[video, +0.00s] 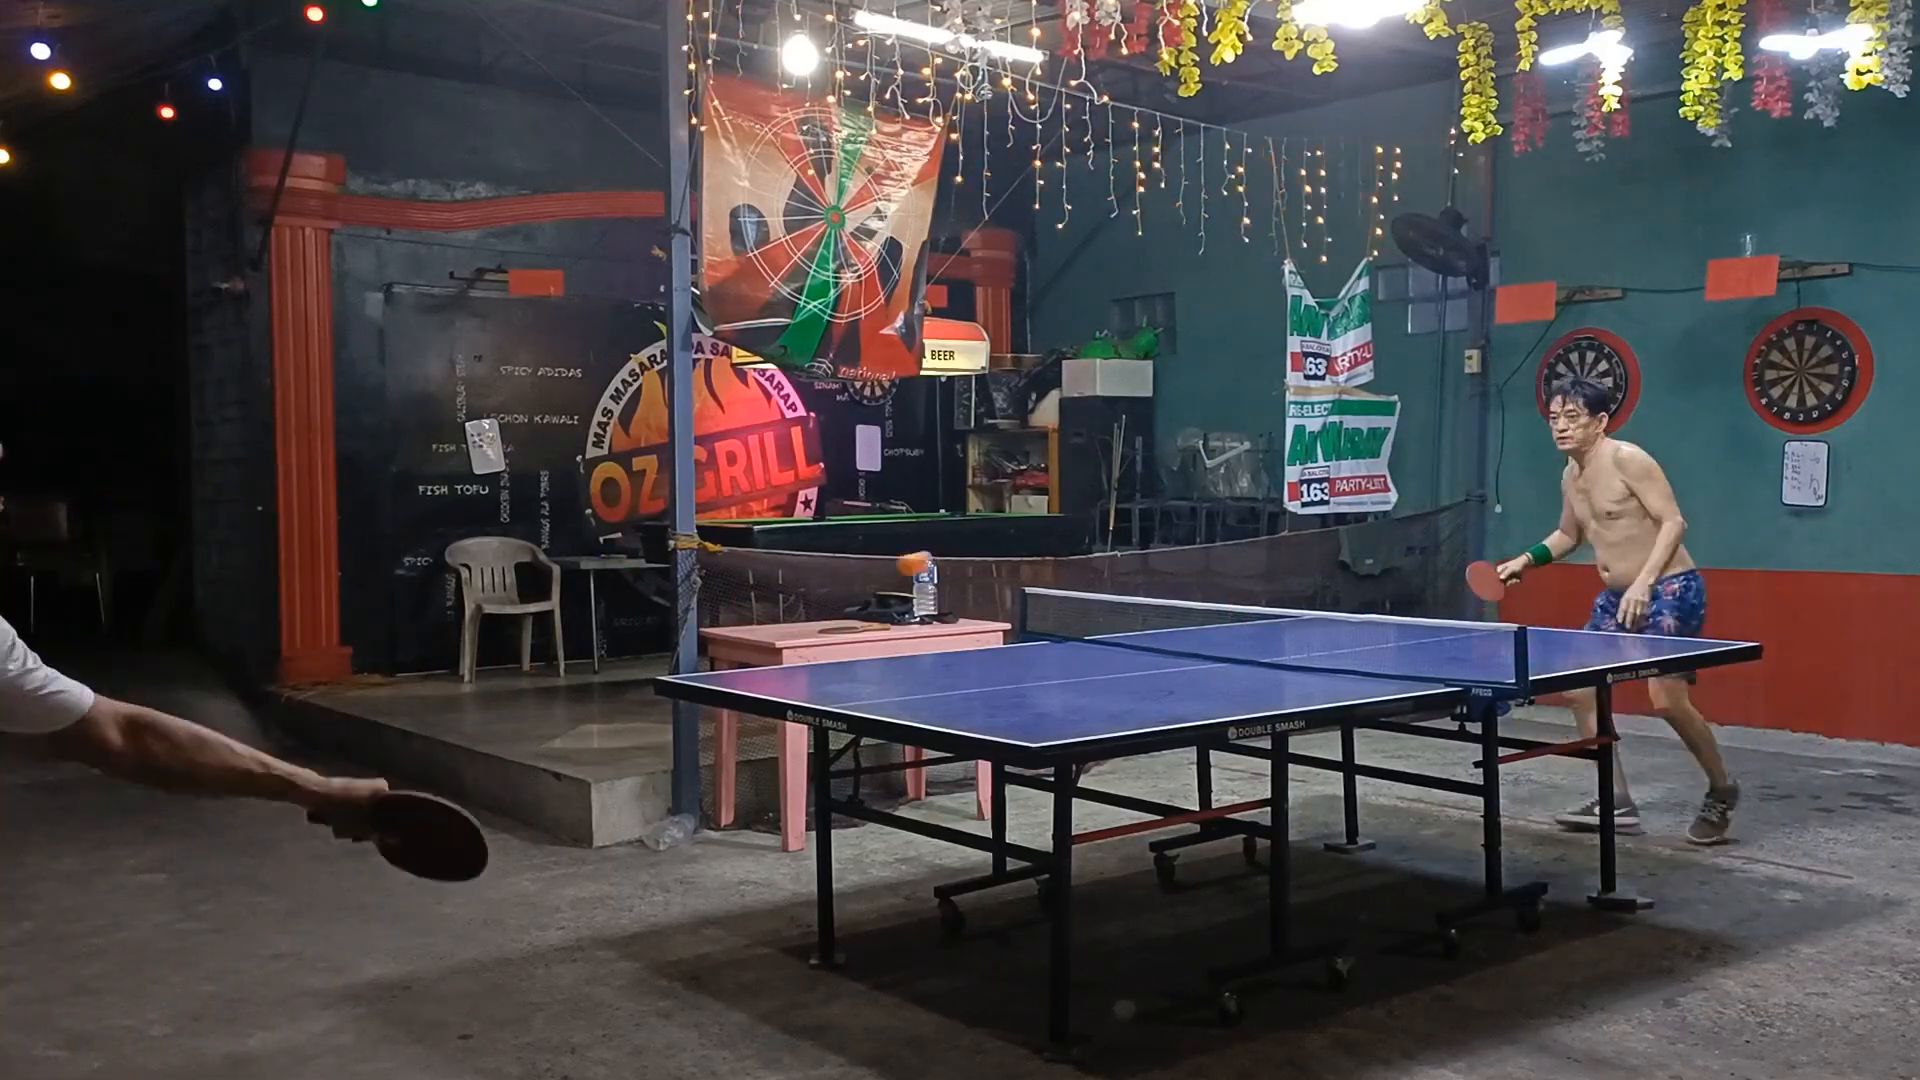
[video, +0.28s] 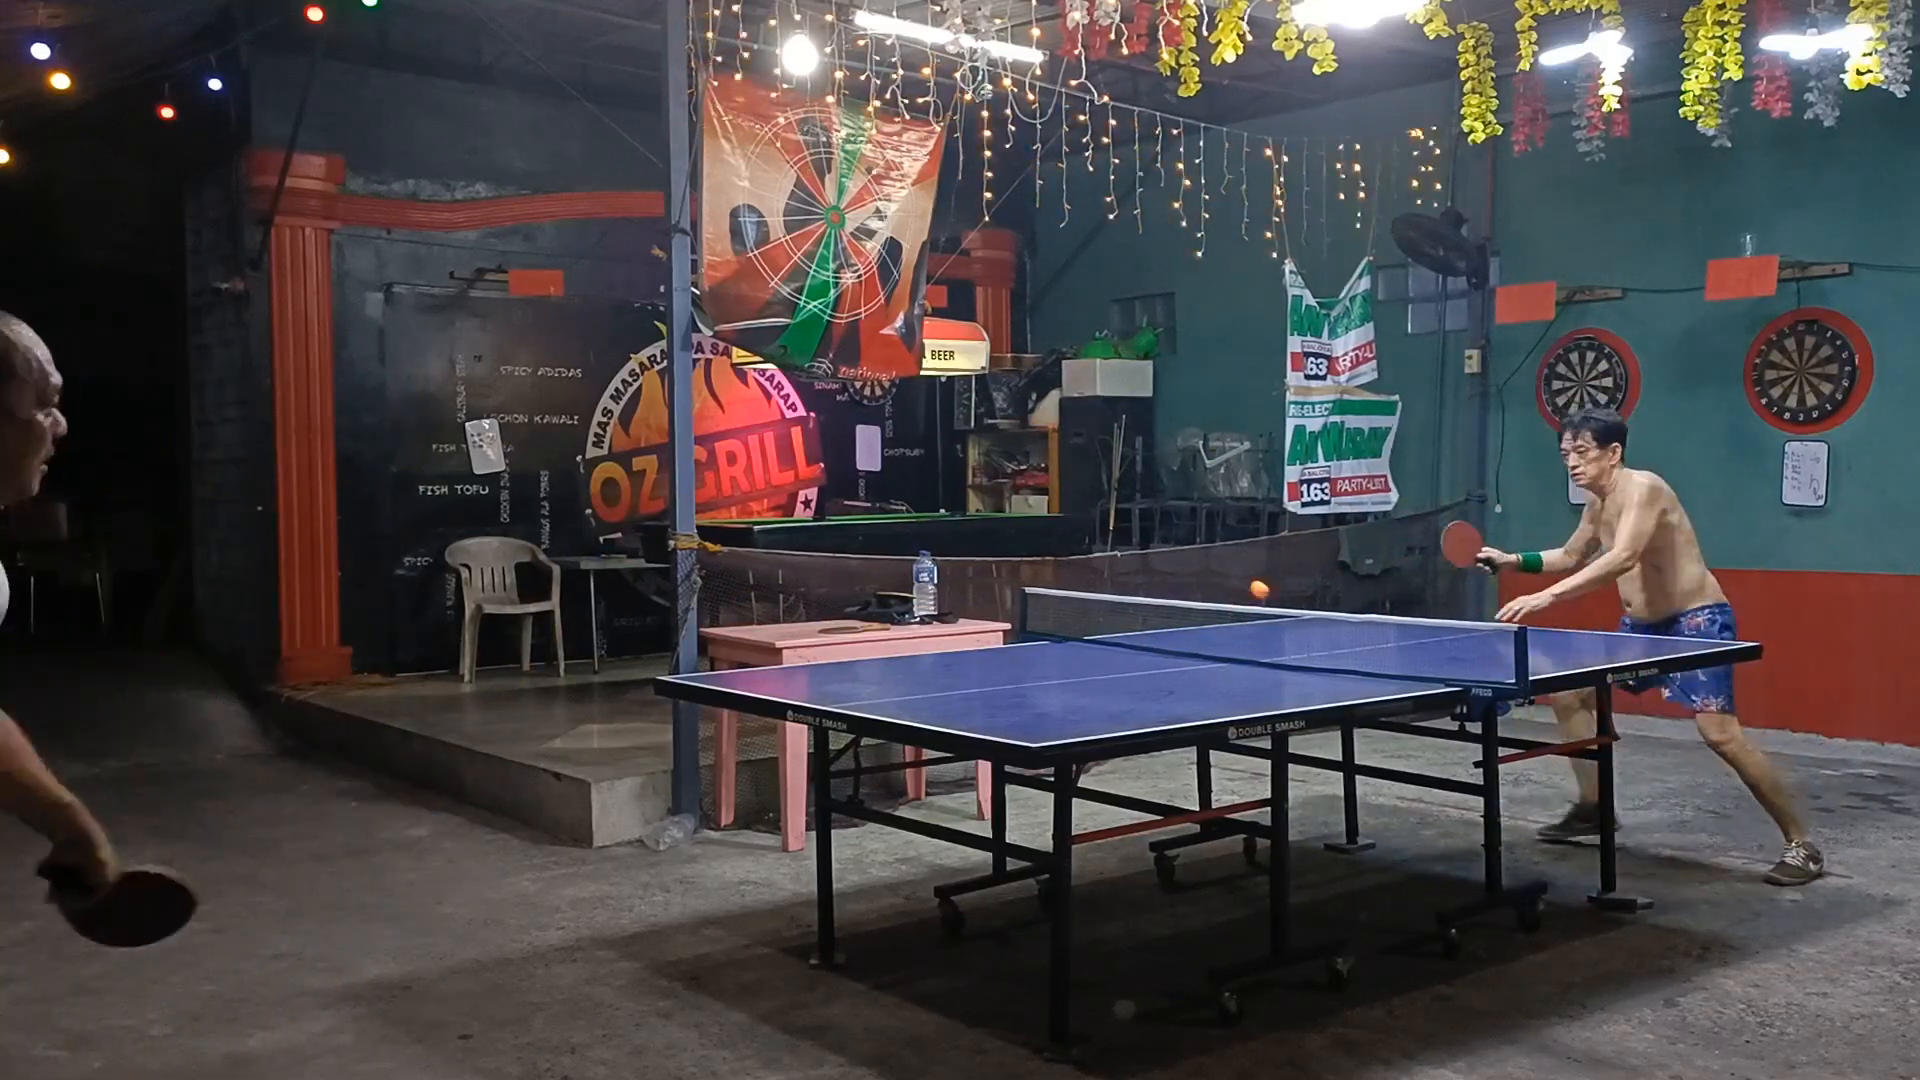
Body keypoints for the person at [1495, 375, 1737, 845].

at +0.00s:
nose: (1560, 425)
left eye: (1571, 416)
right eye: (1555, 418)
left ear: (1600, 420)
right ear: (1551, 424)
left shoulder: (1627, 458)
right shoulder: (1571, 476)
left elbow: (1673, 522)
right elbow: (1570, 534)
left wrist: (1644, 583)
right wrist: (1527, 559)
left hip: (1669, 592)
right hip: (1616, 597)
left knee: (1667, 699)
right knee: (1581, 694)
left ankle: (1722, 788)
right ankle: (1617, 800)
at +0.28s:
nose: (1571, 464)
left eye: (1580, 453)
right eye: (1566, 454)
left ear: (1613, 452)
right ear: (1567, 456)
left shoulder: (1642, 488)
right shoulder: (1598, 502)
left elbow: (1624, 557)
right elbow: (1570, 555)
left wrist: (1546, 596)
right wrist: (1512, 560)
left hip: (1697, 624)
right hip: (1641, 628)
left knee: (1720, 733)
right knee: (1566, 695)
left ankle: (1801, 844)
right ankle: (1592, 806)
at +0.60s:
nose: (1469, 510)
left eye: (1472, 498)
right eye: (1465, 502)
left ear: (1502, 486)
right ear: (1493, 496)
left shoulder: (1536, 497)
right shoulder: (1528, 533)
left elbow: (1556, 553)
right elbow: (1555, 613)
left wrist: (1505, 616)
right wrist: (1502, 632)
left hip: (1633, 626)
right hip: (1587, 640)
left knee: (1679, 741)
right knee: (1507, 706)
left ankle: (1787, 830)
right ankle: (1507, 818)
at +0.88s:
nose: (1444, 474)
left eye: (1449, 461)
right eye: (1440, 467)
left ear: (1480, 454)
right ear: (1461, 465)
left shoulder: (1523, 478)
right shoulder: (1486, 511)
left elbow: (1542, 546)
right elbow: (1496, 554)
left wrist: (1509, 613)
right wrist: (1433, 554)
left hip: (1605, 612)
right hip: (1551, 624)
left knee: (1650, 722)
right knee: (1492, 696)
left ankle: (1738, 820)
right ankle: (1503, 813)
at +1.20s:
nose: (1514, 451)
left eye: (1523, 440)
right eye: (1509, 443)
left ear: (1556, 439)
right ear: (1508, 447)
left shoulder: (1591, 478)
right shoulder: (1546, 490)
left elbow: (1580, 555)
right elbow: (1548, 550)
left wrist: (1515, 609)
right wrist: (1483, 560)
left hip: (1647, 618)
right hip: (1589, 619)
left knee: (1673, 728)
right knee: (1534, 704)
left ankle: (1749, 835)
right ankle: (1509, 813)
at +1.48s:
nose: (1573, 451)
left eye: (1582, 440)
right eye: (1569, 442)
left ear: (1617, 439)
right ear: (1572, 447)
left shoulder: (1649, 478)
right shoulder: (1603, 495)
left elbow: (1625, 553)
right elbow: (1574, 545)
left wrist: (1550, 599)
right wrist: (1520, 545)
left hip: (1703, 621)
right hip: (1650, 626)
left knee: (1719, 736)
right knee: (1589, 705)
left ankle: (1809, 843)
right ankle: (1629, 818)